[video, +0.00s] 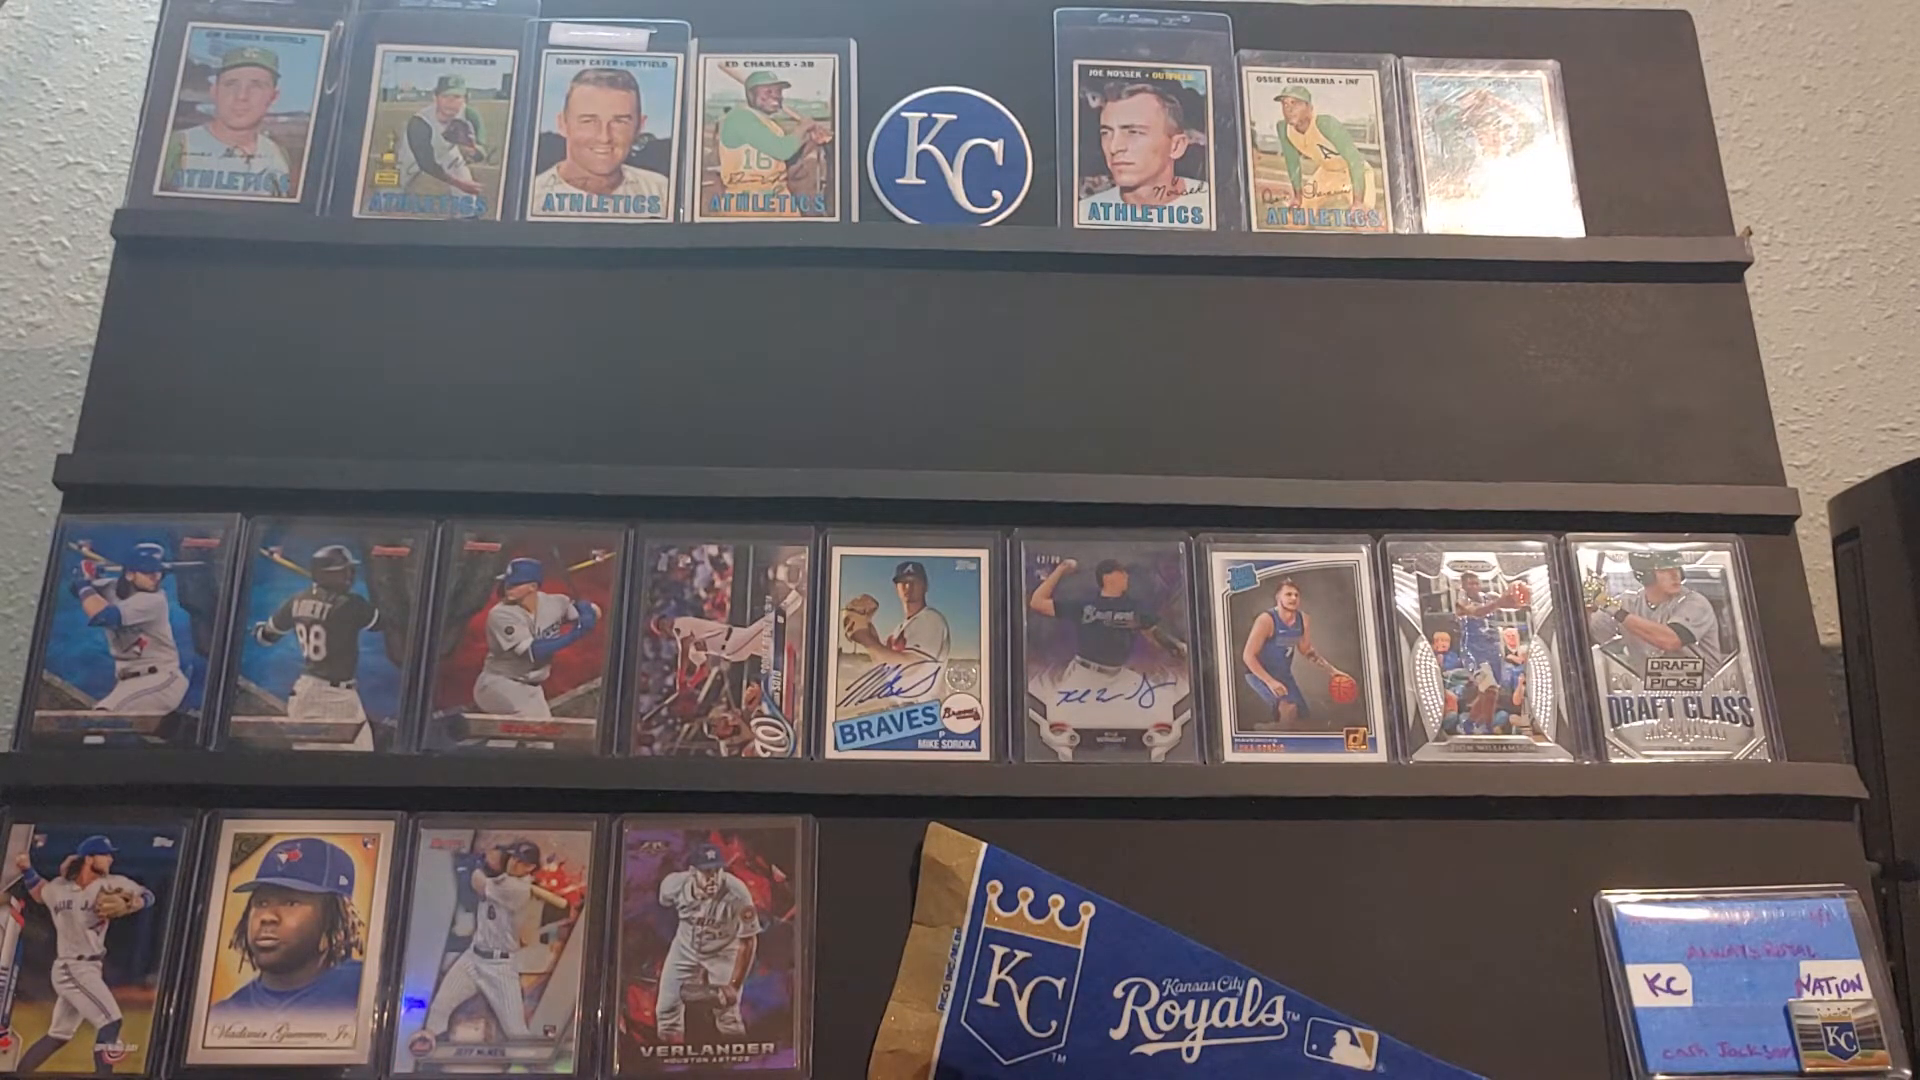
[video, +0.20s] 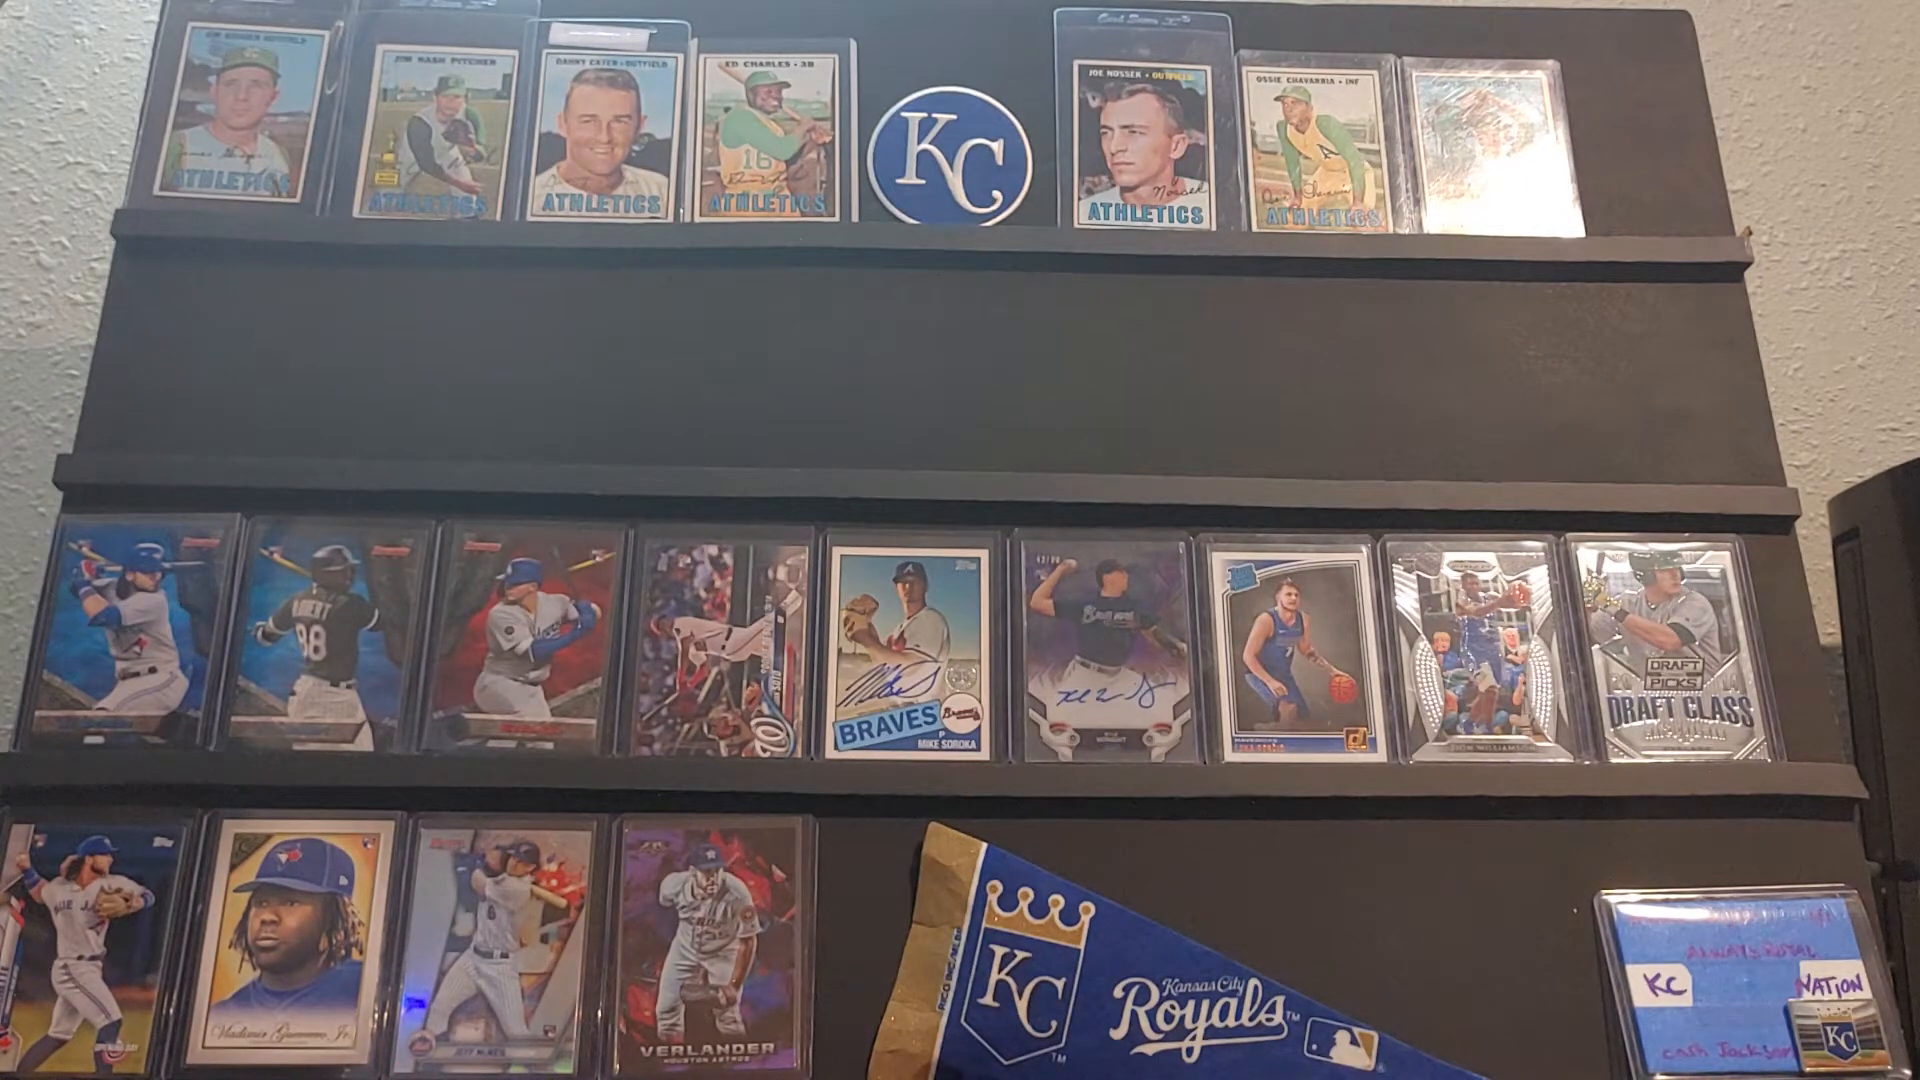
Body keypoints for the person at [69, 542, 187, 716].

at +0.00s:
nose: (156, 576)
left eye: (158, 571)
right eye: (148, 571)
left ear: (162, 572)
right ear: (130, 574)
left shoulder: (154, 600)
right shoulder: (113, 587)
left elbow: (104, 617)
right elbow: (79, 588)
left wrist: (82, 585)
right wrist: (88, 574)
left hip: (163, 679)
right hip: (129, 682)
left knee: (100, 717)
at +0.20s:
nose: (156, 576)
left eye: (158, 571)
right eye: (148, 571)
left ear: (162, 572)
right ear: (130, 574)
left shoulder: (154, 600)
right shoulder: (113, 587)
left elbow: (104, 617)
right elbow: (79, 588)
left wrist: (82, 585)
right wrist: (88, 573)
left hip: (163, 679)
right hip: (129, 682)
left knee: (100, 717)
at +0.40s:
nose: (156, 576)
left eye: (158, 571)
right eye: (148, 571)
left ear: (162, 572)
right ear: (130, 574)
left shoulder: (154, 600)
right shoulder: (113, 587)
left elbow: (104, 617)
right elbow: (79, 588)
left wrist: (83, 585)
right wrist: (88, 573)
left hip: (163, 679)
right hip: (129, 682)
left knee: (100, 717)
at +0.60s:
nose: (156, 577)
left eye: (158, 572)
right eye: (148, 572)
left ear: (162, 573)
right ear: (130, 574)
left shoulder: (155, 601)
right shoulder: (114, 588)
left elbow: (105, 617)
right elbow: (79, 588)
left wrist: (83, 585)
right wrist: (88, 573)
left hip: (163, 680)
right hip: (129, 682)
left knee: (100, 717)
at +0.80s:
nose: (156, 577)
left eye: (158, 572)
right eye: (148, 572)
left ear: (162, 573)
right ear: (130, 575)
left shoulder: (155, 600)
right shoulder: (113, 588)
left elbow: (105, 617)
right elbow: (78, 588)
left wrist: (83, 586)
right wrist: (88, 573)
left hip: (163, 680)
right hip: (130, 681)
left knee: (99, 717)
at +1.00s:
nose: (156, 577)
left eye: (158, 572)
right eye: (148, 572)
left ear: (162, 573)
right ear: (130, 575)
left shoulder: (155, 601)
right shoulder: (114, 588)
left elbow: (105, 617)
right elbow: (79, 588)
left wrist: (83, 586)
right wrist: (88, 573)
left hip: (163, 680)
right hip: (130, 681)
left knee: (99, 717)